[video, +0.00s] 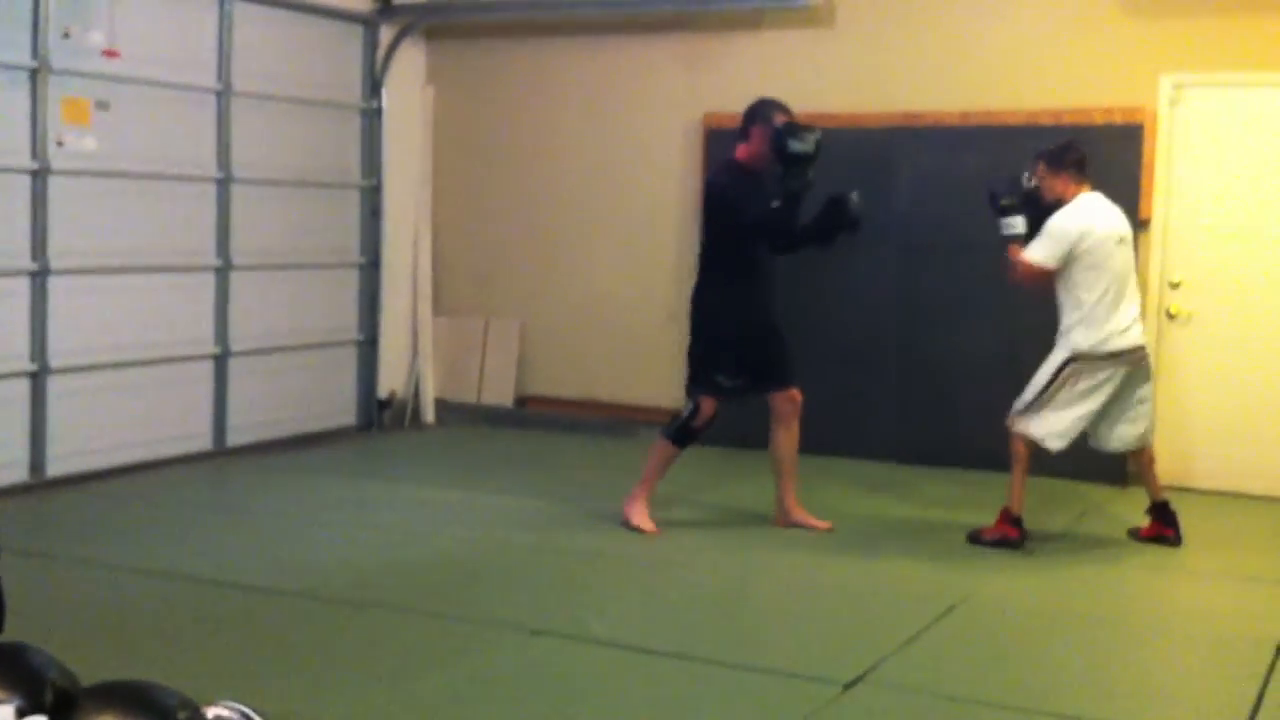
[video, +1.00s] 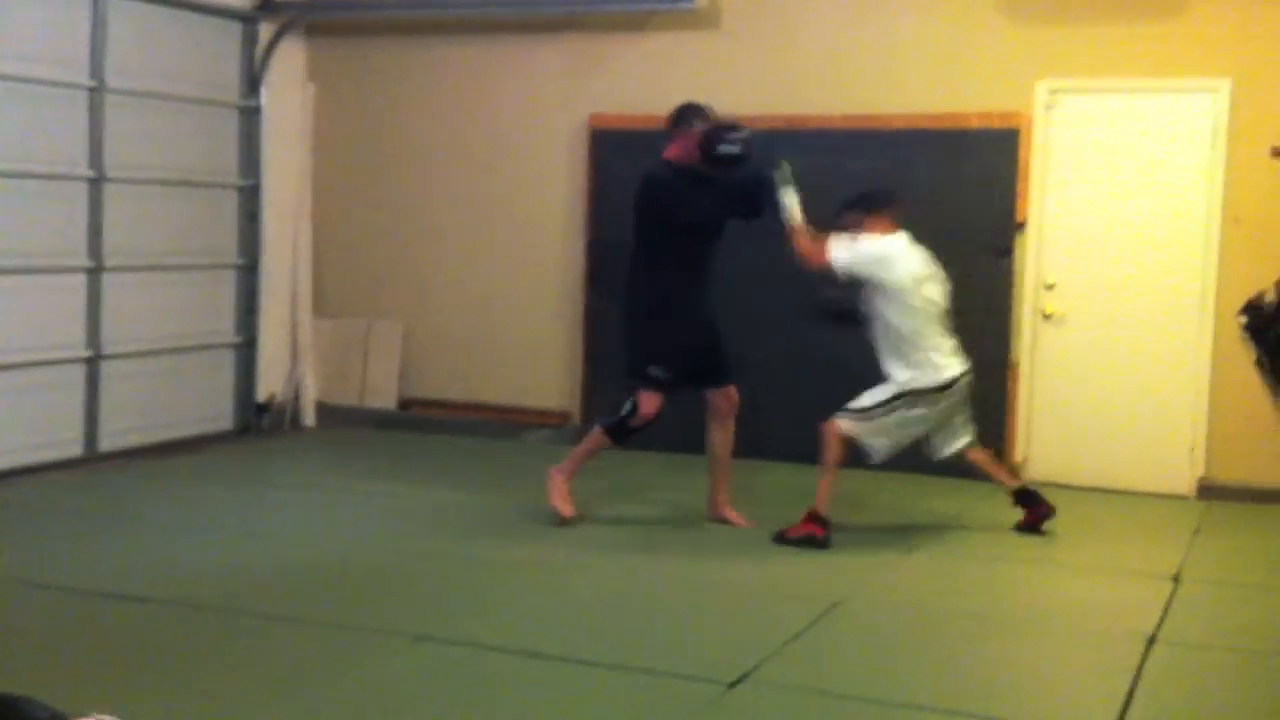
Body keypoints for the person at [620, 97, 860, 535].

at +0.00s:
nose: (785, 145)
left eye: (788, 136)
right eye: (779, 134)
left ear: (773, 136)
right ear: (753, 132)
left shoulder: (765, 181)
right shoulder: (728, 181)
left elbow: (781, 240)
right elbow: (770, 235)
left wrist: (827, 224)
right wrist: (794, 183)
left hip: (754, 305)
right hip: (718, 306)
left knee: (787, 400)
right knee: (701, 408)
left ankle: (788, 506)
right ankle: (639, 498)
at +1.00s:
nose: (706, 148)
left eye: (708, 140)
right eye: (699, 138)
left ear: (706, 141)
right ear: (678, 138)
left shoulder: (706, 181)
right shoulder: (659, 181)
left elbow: (750, 210)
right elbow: (699, 220)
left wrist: (745, 167)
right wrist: (723, 174)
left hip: (693, 305)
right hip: (653, 306)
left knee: (724, 400)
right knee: (647, 405)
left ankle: (719, 503)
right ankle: (562, 473)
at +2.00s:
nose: (486, 149)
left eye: (488, 140)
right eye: (482, 139)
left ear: (465, 139)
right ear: (456, 138)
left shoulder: (463, 185)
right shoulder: (430, 187)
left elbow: (491, 239)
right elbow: (470, 233)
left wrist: (528, 209)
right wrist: (497, 193)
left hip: (446, 308)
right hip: (423, 308)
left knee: (436, 403)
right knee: (431, 404)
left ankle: (415, 491)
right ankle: (376, 498)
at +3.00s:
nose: (509, 152)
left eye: (517, 146)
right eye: (502, 143)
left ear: (524, 148)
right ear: (482, 140)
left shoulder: (529, 189)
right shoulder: (458, 185)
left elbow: (551, 253)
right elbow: (458, 232)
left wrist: (551, 198)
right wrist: (489, 178)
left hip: (516, 311)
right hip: (466, 312)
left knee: (558, 392)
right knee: (466, 412)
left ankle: (561, 496)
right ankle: (451, 503)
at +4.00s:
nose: (520, 143)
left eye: (527, 134)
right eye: (511, 135)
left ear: (538, 132)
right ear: (494, 133)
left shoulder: (555, 180)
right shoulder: (478, 184)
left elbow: (600, 212)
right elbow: (473, 242)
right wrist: (491, 179)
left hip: (549, 308)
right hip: (497, 308)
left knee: (560, 402)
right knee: (470, 409)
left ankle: (581, 521)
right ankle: (446, 507)